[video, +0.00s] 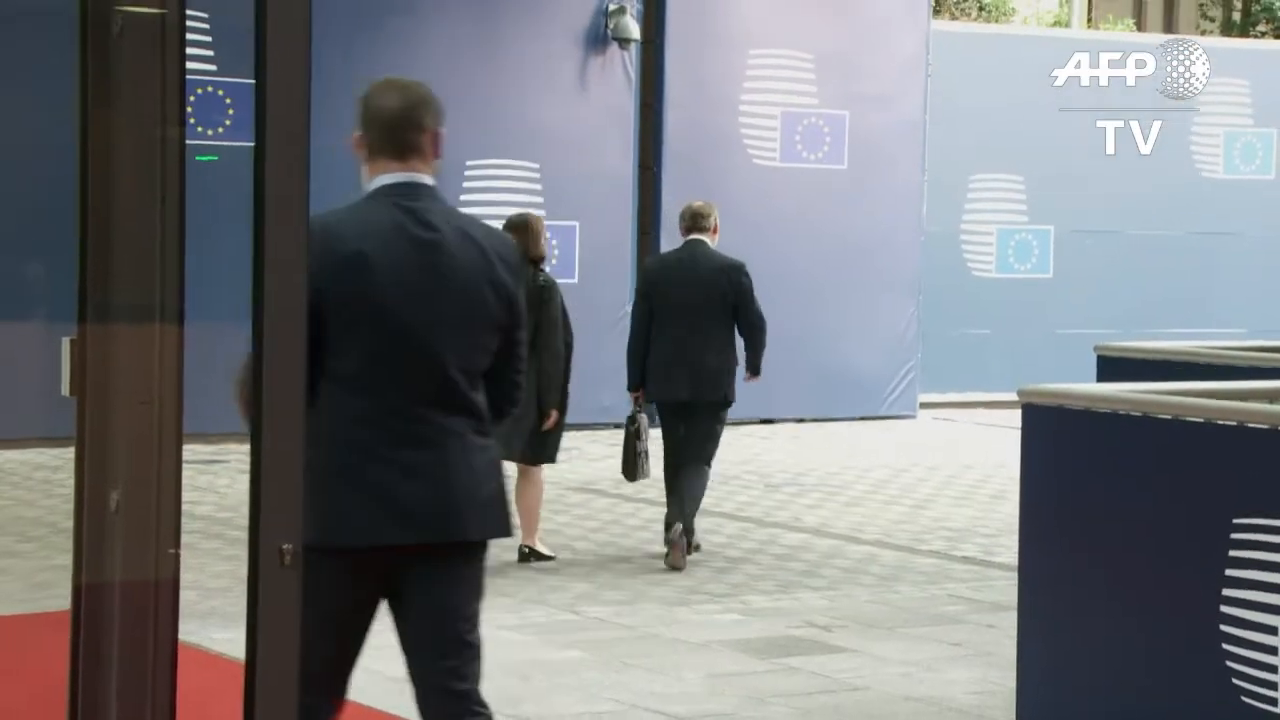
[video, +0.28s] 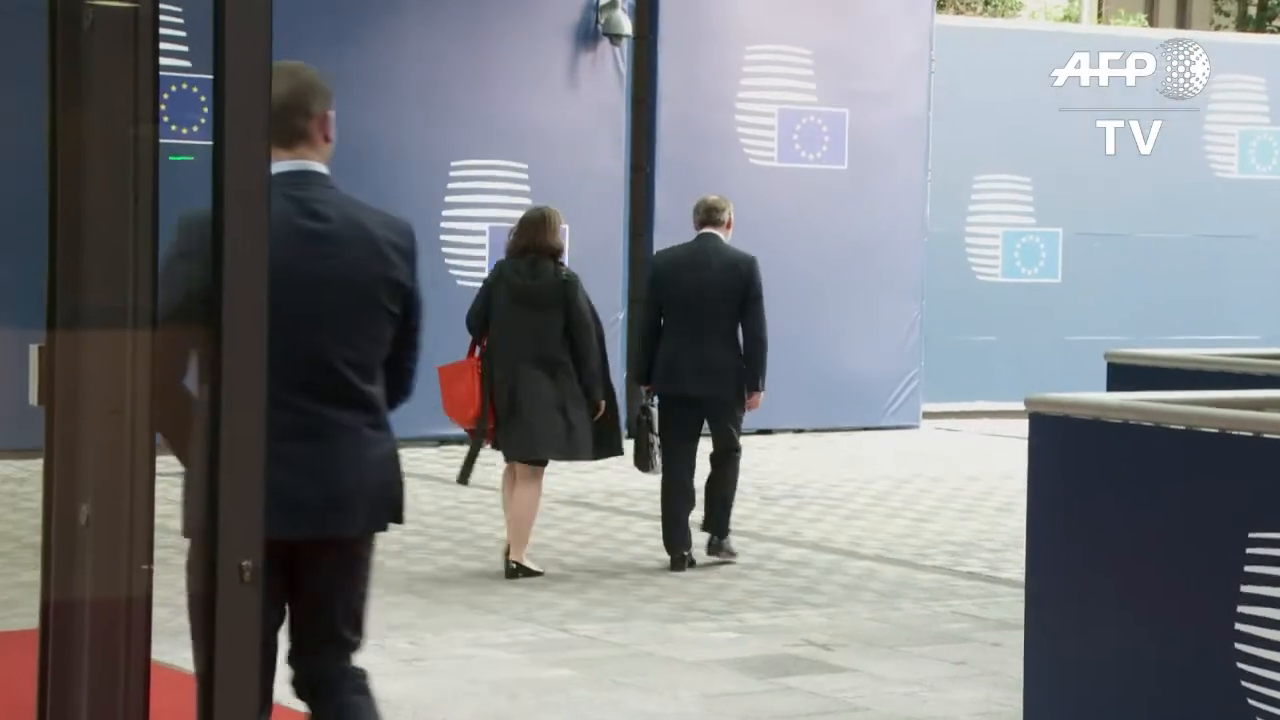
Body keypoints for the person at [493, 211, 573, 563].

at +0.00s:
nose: (545, 241)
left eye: (543, 235)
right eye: (542, 236)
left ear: (505, 240)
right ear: (536, 241)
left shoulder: (489, 278)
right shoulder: (541, 286)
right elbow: (551, 349)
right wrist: (552, 400)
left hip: (487, 387)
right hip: (528, 393)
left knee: (480, 462)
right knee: (530, 467)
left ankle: (465, 540)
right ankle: (530, 539)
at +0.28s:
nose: (565, 237)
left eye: (563, 230)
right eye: (562, 232)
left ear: (521, 235)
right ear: (554, 237)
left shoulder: (500, 275)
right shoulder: (565, 282)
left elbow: (475, 323)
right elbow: (586, 341)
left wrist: (500, 338)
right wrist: (597, 391)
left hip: (505, 381)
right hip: (547, 383)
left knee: (513, 467)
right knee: (530, 473)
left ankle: (513, 543)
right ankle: (517, 557)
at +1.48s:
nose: (606, 238)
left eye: (605, 231)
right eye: (604, 232)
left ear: (562, 230)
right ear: (595, 235)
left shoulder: (539, 271)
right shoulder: (604, 279)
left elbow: (513, 323)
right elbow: (626, 336)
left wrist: (540, 326)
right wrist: (641, 381)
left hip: (541, 379)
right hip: (584, 382)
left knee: (561, 466)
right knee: (559, 472)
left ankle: (570, 544)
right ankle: (537, 558)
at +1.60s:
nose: (608, 243)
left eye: (607, 236)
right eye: (606, 237)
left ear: (565, 235)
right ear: (596, 240)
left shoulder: (539, 276)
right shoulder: (604, 283)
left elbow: (513, 326)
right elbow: (626, 341)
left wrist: (538, 341)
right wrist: (643, 384)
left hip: (542, 380)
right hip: (587, 384)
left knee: (561, 469)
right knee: (562, 472)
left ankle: (575, 547)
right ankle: (531, 551)